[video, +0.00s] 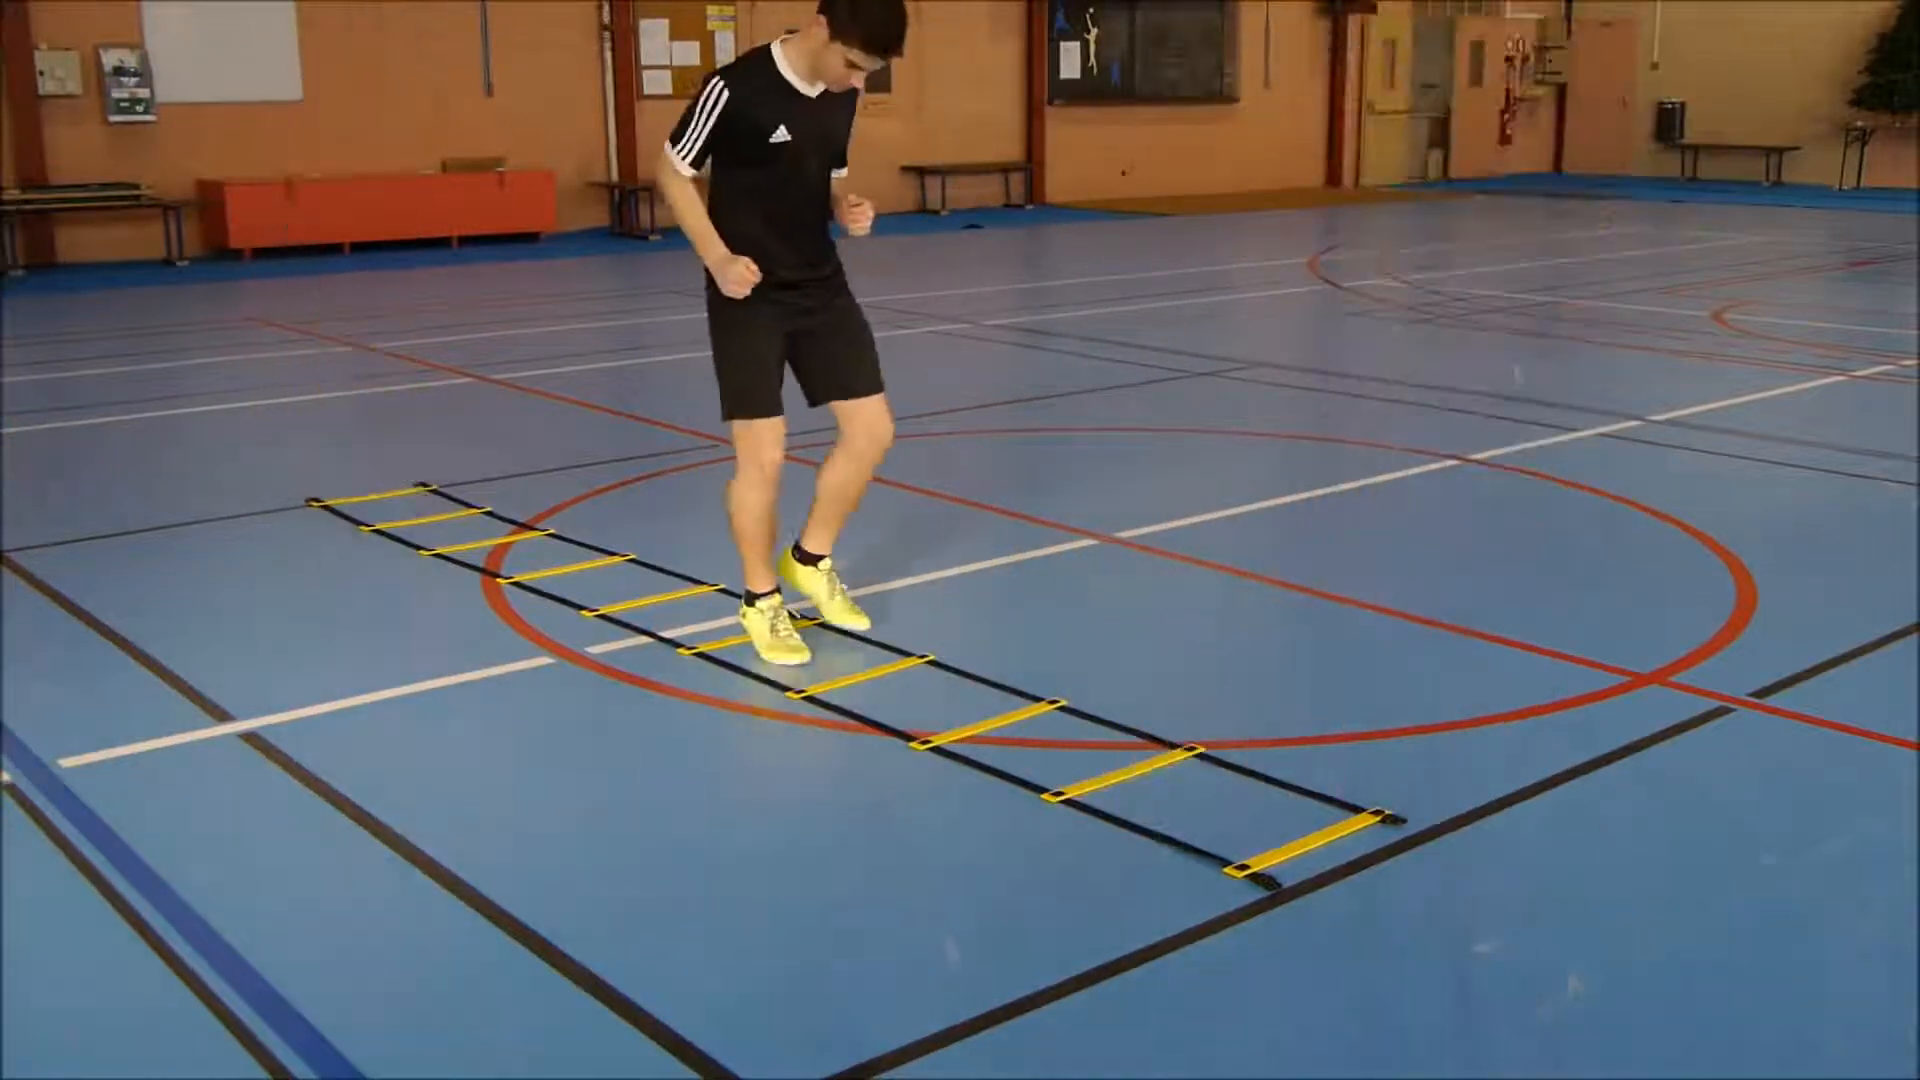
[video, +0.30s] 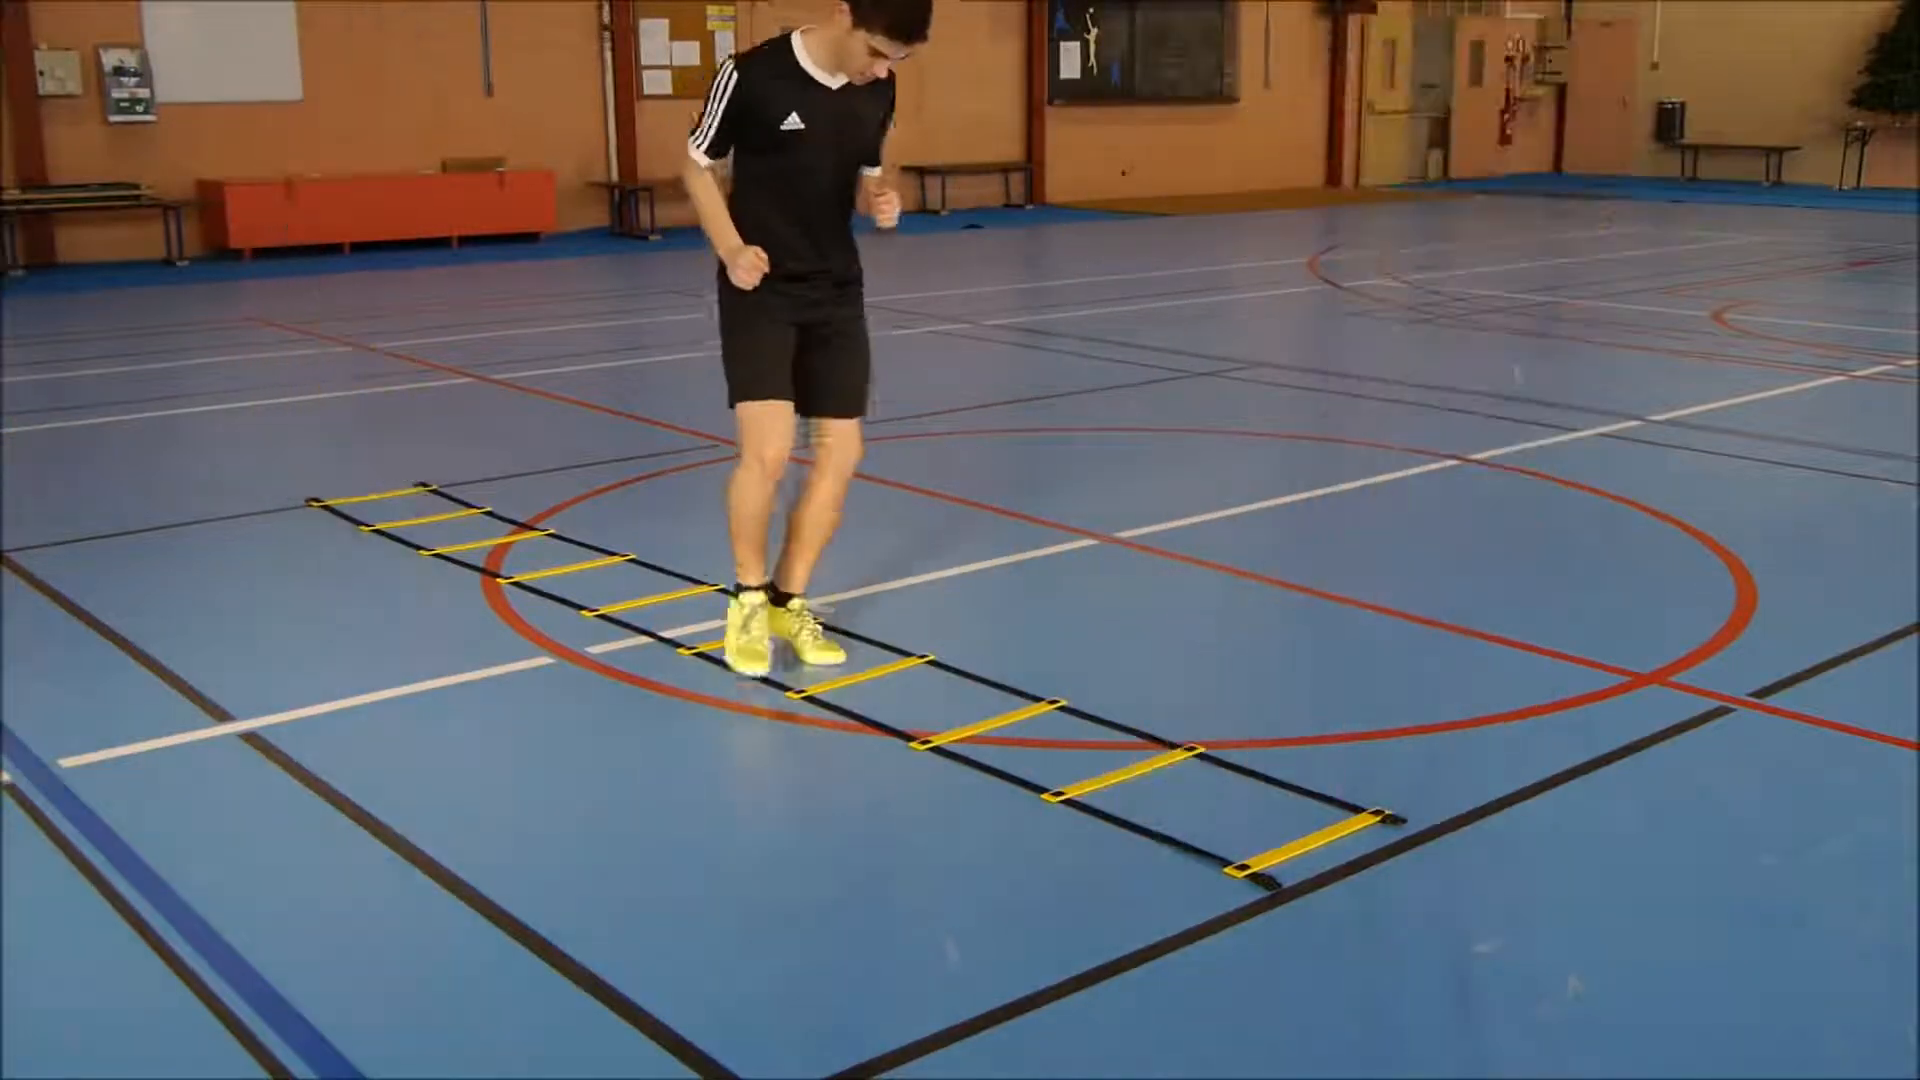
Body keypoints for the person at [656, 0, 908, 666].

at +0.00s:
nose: (858, 82)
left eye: (869, 71)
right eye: (853, 65)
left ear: (878, 56)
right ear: (818, 29)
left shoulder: (844, 91)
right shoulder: (734, 87)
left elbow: (828, 175)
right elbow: (671, 171)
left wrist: (844, 204)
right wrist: (718, 259)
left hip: (819, 284)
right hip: (746, 290)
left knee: (870, 431)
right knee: (761, 454)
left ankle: (808, 558)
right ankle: (761, 599)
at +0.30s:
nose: (885, 71)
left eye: (896, 60)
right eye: (878, 54)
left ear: (909, 45)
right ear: (843, 18)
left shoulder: (878, 86)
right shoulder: (749, 75)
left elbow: (869, 176)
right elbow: (698, 165)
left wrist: (880, 199)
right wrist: (732, 249)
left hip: (835, 288)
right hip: (759, 286)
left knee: (840, 450)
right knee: (768, 447)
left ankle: (789, 603)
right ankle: (750, 600)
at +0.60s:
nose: (903, 79)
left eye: (914, 69)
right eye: (897, 62)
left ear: (925, 51)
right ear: (860, 24)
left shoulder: (890, 94)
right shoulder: (770, 87)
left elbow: (878, 184)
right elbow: (714, 191)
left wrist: (892, 212)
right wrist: (755, 286)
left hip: (843, 295)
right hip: (764, 298)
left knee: (910, 444)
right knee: (753, 468)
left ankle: (821, 572)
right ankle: (721, 643)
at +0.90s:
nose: (941, 83)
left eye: (952, 71)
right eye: (934, 64)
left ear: (962, 55)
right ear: (895, 26)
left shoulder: (924, 97)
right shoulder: (804, 85)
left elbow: (901, 182)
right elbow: (747, 189)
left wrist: (913, 223)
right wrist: (792, 284)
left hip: (878, 286)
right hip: (798, 291)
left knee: (948, 439)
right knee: (791, 471)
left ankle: (924, 592)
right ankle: (749, 634)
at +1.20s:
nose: (976, 92)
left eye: (987, 81)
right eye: (970, 75)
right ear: (931, 34)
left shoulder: (969, 101)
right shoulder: (832, 89)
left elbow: (961, 180)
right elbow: (786, 196)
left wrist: (963, 227)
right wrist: (830, 286)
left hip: (925, 297)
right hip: (841, 301)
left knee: (957, 459)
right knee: (862, 473)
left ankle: (932, 600)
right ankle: (870, 633)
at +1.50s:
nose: (1002, 74)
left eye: (1014, 64)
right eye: (998, 56)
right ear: (957, 16)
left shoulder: (974, 83)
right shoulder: (854, 70)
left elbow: (965, 167)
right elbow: (790, 176)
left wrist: (984, 213)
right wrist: (859, 260)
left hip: (943, 294)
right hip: (865, 300)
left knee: (994, 452)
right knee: (882, 485)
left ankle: (919, 600)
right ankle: (887, 644)